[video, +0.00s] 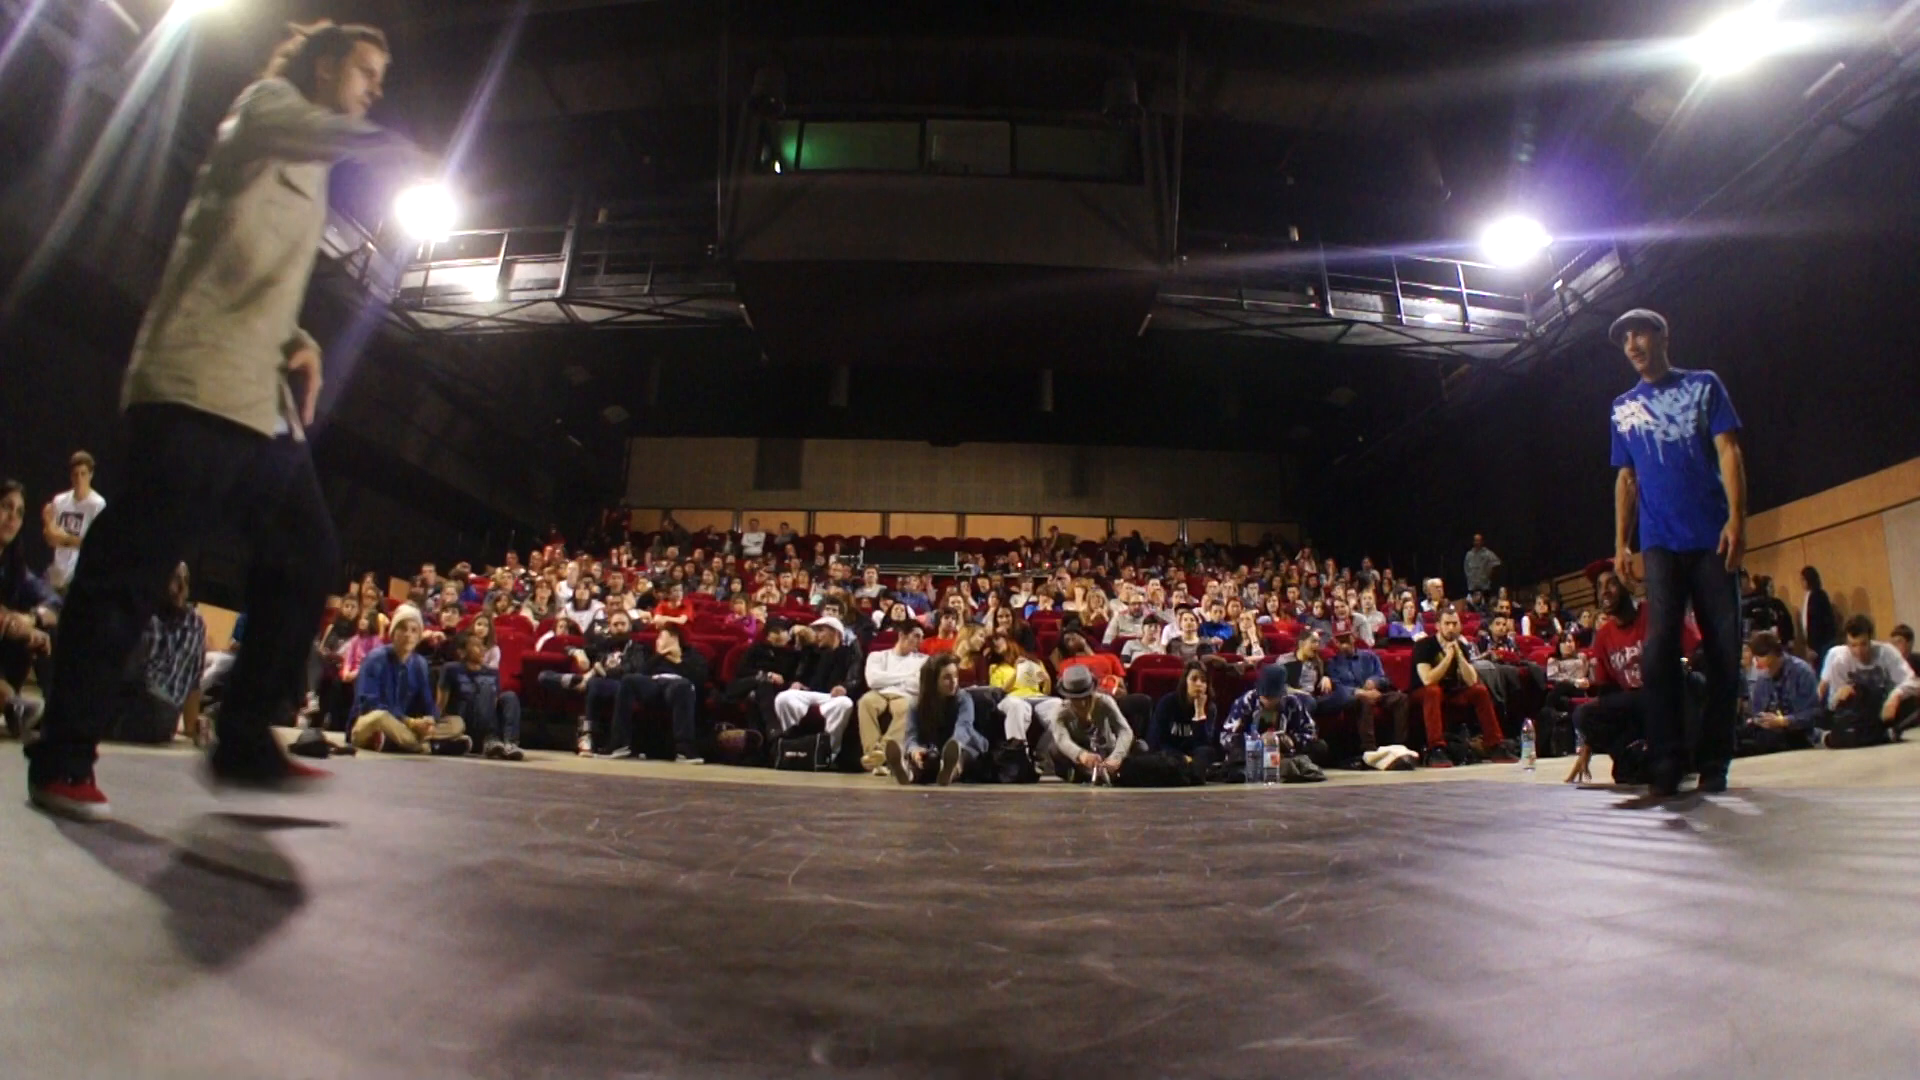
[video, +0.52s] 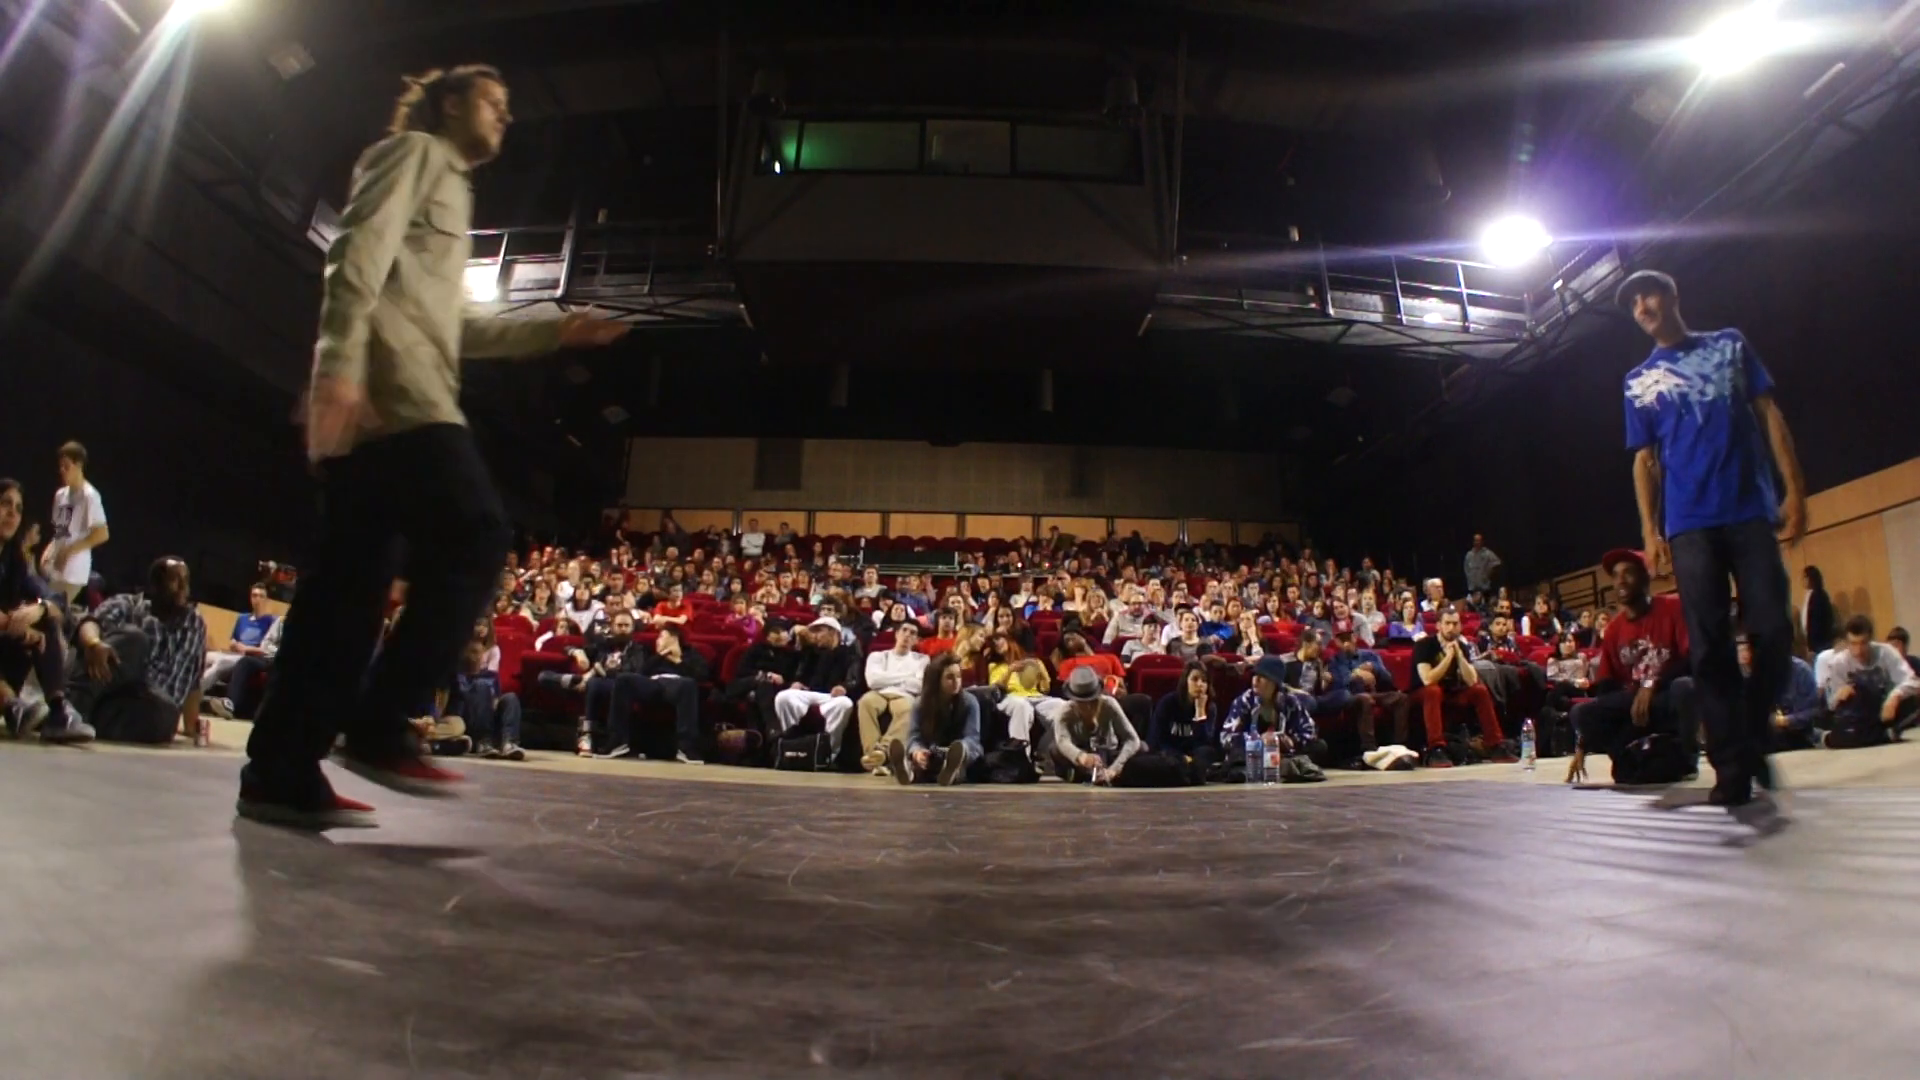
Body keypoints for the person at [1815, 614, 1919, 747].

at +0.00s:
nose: (1858, 650)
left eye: (1863, 644)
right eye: (1853, 645)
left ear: (1870, 640)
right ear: (1847, 643)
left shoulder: (1887, 652)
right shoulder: (1839, 657)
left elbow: (1911, 680)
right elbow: (1830, 705)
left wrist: (1895, 696)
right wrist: (1838, 696)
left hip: (1884, 705)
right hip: (1855, 708)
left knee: (1913, 703)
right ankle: (1885, 734)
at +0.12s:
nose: (1859, 650)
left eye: (1864, 644)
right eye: (1854, 645)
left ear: (1871, 640)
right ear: (1847, 643)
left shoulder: (1886, 652)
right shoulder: (1837, 657)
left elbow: (1911, 681)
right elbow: (1831, 705)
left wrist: (1894, 696)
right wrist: (1838, 696)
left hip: (1883, 705)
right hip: (1854, 708)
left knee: (1913, 702)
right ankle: (1886, 734)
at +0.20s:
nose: (1860, 650)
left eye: (1864, 644)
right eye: (1854, 645)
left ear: (1870, 640)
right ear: (1848, 642)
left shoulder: (1886, 652)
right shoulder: (1837, 659)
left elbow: (1911, 680)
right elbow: (1831, 705)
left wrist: (1894, 696)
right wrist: (1838, 696)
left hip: (1884, 705)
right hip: (1855, 708)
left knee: (1913, 702)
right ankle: (1886, 734)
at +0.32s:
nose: (1860, 650)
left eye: (1864, 643)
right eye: (1855, 645)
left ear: (1870, 639)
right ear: (1847, 643)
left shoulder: (1886, 652)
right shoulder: (1838, 662)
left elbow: (1911, 680)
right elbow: (1831, 705)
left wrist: (1894, 696)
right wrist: (1838, 696)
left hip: (1884, 705)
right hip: (1855, 709)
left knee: (1913, 702)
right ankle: (1886, 734)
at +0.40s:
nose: (1860, 650)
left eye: (1864, 644)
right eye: (1855, 645)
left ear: (1870, 639)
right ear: (1847, 643)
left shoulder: (1886, 652)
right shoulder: (1837, 663)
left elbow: (1911, 680)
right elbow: (1831, 705)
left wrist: (1894, 696)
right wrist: (1838, 696)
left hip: (1885, 706)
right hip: (1856, 710)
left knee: (1913, 701)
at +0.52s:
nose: (1858, 649)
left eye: (1863, 643)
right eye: (1853, 643)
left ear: (1870, 639)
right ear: (1847, 642)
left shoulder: (1886, 653)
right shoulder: (1838, 663)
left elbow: (1911, 680)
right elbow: (1831, 705)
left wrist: (1894, 696)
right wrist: (1838, 696)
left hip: (1885, 706)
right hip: (1857, 710)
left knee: (1913, 702)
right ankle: (1825, 738)